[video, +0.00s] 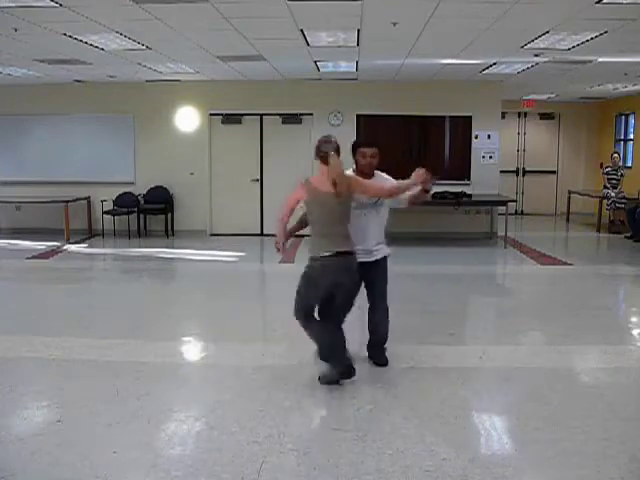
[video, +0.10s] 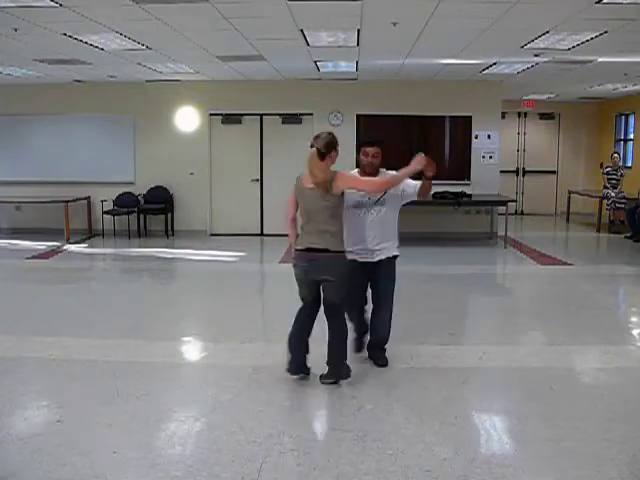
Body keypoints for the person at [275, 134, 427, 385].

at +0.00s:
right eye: (340, 155)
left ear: (316, 157)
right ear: (339, 155)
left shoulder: (308, 186)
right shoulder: (349, 182)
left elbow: (284, 215)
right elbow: (387, 191)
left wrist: (281, 241)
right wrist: (412, 181)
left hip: (322, 263)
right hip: (348, 261)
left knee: (303, 313)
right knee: (331, 316)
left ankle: (338, 360)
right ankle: (339, 367)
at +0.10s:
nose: (337, 157)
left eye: (336, 154)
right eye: (336, 154)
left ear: (313, 152)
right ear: (332, 155)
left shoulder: (301, 182)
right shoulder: (338, 179)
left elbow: (290, 217)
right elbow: (378, 186)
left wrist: (294, 247)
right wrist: (411, 169)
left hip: (304, 257)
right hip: (333, 258)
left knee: (308, 306)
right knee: (334, 314)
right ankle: (336, 368)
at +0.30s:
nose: (370, 160)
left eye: (375, 156)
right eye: (367, 155)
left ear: (384, 159)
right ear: (363, 158)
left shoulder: (396, 180)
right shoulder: (358, 183)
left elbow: (391, 164)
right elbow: (349, 217)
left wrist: (374, 141)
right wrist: (331, 234)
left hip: (394, 256)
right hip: (369, 256)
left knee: (386, 305)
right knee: (378, 305)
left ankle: (382, 350)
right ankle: (409, 335)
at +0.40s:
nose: (369, 156)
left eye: (373, 153)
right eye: (368, 153)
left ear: (384, 156)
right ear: (367, 157)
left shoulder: (396, 175)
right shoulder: (366, 184)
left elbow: (370, 157)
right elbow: (357, 217)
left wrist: (349, 135)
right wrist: (337, 236)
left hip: (396, 252)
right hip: (375, 254)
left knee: (384, 300)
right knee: (389, 300)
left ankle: (395, 349)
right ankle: (411, 338)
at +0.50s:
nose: (369, 158)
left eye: (375, 155)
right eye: (369, 154)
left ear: (388, 158)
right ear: (369, 159)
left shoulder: (394, 174)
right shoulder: (371, 184)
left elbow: (364, 159)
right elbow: (360, 216)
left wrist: (340, 134)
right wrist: (339, 235)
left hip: (395, 253)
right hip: (378, 254)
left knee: (385, 306)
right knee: (389, 302)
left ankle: (398, 363)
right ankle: (412, 337)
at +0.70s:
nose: (362, 158)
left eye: (367, 154)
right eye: (362, 155)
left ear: (382, 159)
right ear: (362, 160)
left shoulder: (390, 176)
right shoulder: (366, 186)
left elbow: (351, 175)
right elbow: (350, 219)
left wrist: (339, 154)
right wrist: (328, 230)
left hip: (392, 258)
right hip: (370, 258)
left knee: (390, 311)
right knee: (356, 302)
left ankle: (401, 364)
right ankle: (385, 343)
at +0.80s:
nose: (355, 158)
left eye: (359, 154)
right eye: (356, 154)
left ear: (374, 160)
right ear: (367, 161)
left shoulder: (383, 179)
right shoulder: (361, 186)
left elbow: (345, 192)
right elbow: (340, 216)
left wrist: (335, 165)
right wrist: (312, 227)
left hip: (386, 262)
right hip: (362, 262)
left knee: (389, 315)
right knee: (346, 307)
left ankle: (401, 364)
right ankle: (356, 361)